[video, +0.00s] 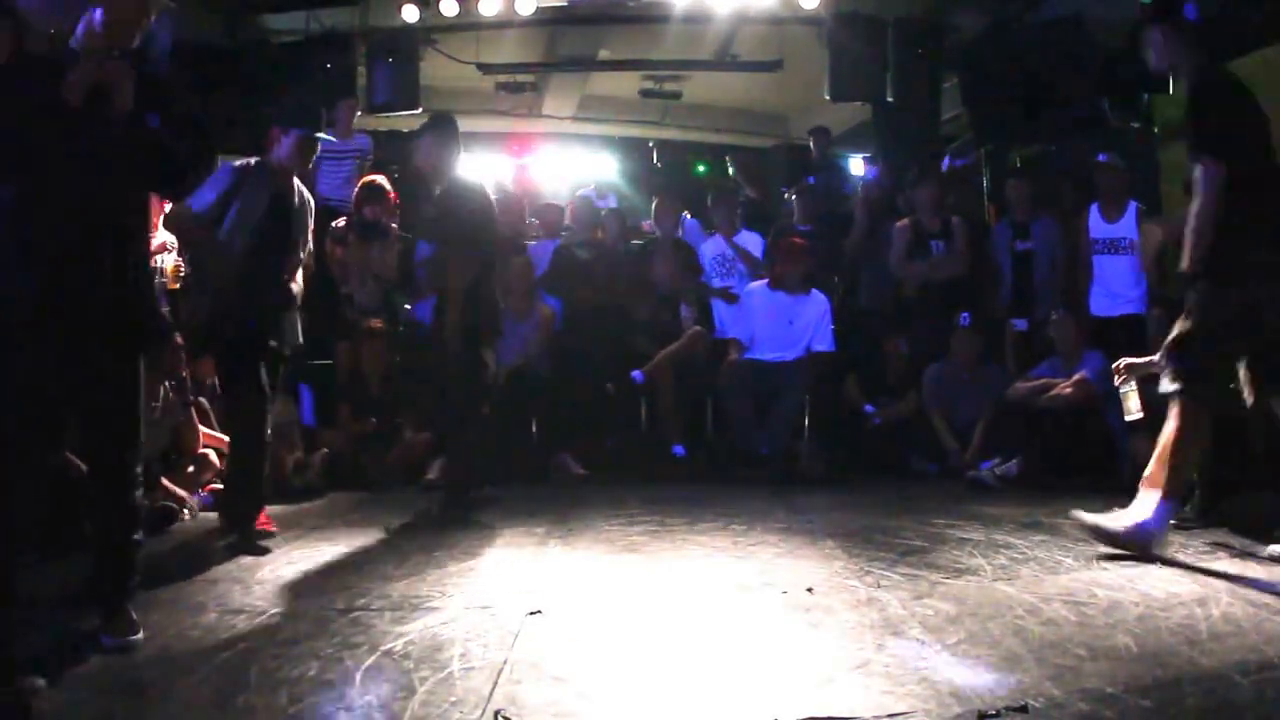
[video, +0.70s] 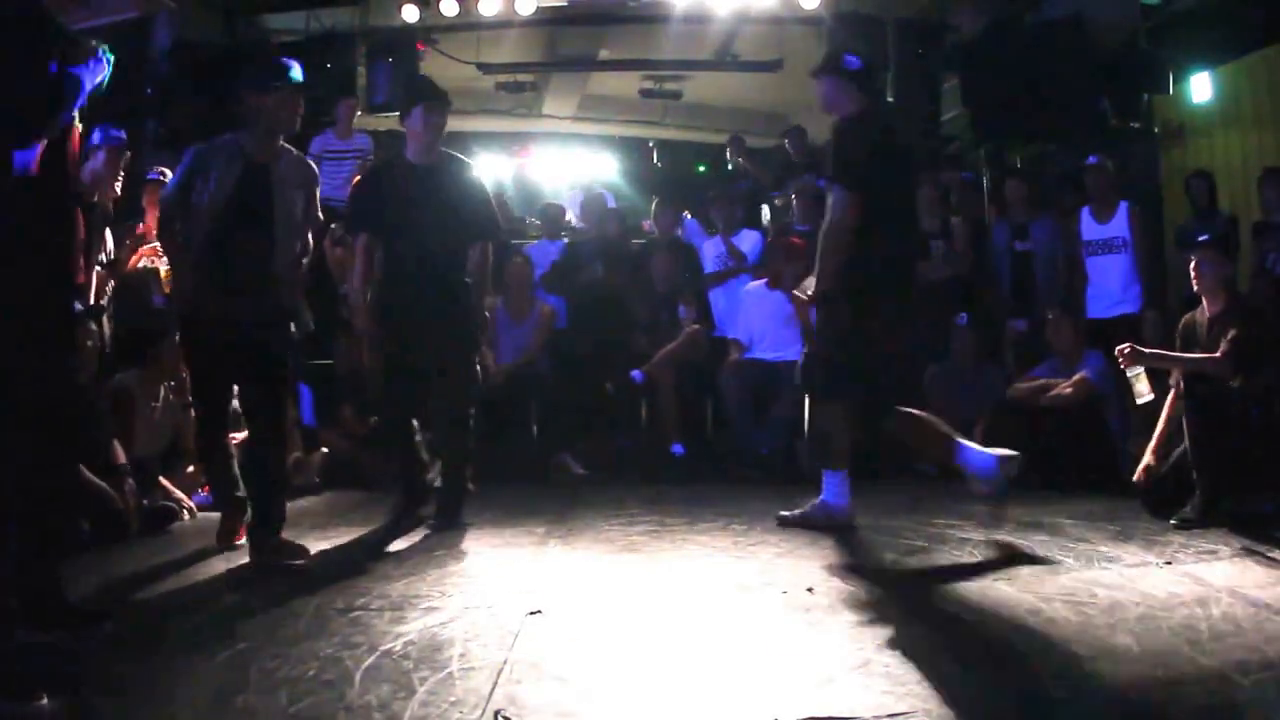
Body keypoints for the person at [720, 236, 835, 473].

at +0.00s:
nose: (793, 268)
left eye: (799, 261)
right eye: (787, 261)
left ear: (807, 265)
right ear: (775, 264)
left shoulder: (818, 302)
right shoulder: (753, 293)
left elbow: (822, 352)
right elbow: (737, 339)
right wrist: (733, 356)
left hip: (791, 364)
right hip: (755, 363)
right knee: (733, 373)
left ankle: (775, 450)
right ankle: (746, 448)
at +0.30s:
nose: (796, 269)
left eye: (800, 263)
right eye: (790, 262)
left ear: (805, 266)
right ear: (777, 264)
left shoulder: (816, 302)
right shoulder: (752, 292)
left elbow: (821, 351)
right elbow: (738, 339)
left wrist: (802, 360)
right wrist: (733, 357)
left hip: (790, 364)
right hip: (754, 363)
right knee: (730, 374)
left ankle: (778, 449)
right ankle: (747, 447)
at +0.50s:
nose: (794, 269)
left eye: (799, 263)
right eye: (788, 262)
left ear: (805, 266)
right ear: (776, 264)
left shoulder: (816, 301)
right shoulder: (753, 292)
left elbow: (821, 352)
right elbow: (740, 339)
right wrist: (733, 356)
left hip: (792, 361)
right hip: (756, 360)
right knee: (732, 376)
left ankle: (775, 450)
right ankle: (745, 448)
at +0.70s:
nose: (793, 268)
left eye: (796, 262)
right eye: (789, 260)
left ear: (802, 265)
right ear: (773, 262)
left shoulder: (805, 294)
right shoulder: (752, 292)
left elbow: (812, 339)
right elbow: (740, 338)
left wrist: (797, 305)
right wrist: (734, 355)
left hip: (791, 361)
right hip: (757, 360)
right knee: (731, 376)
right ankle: (744, 444)